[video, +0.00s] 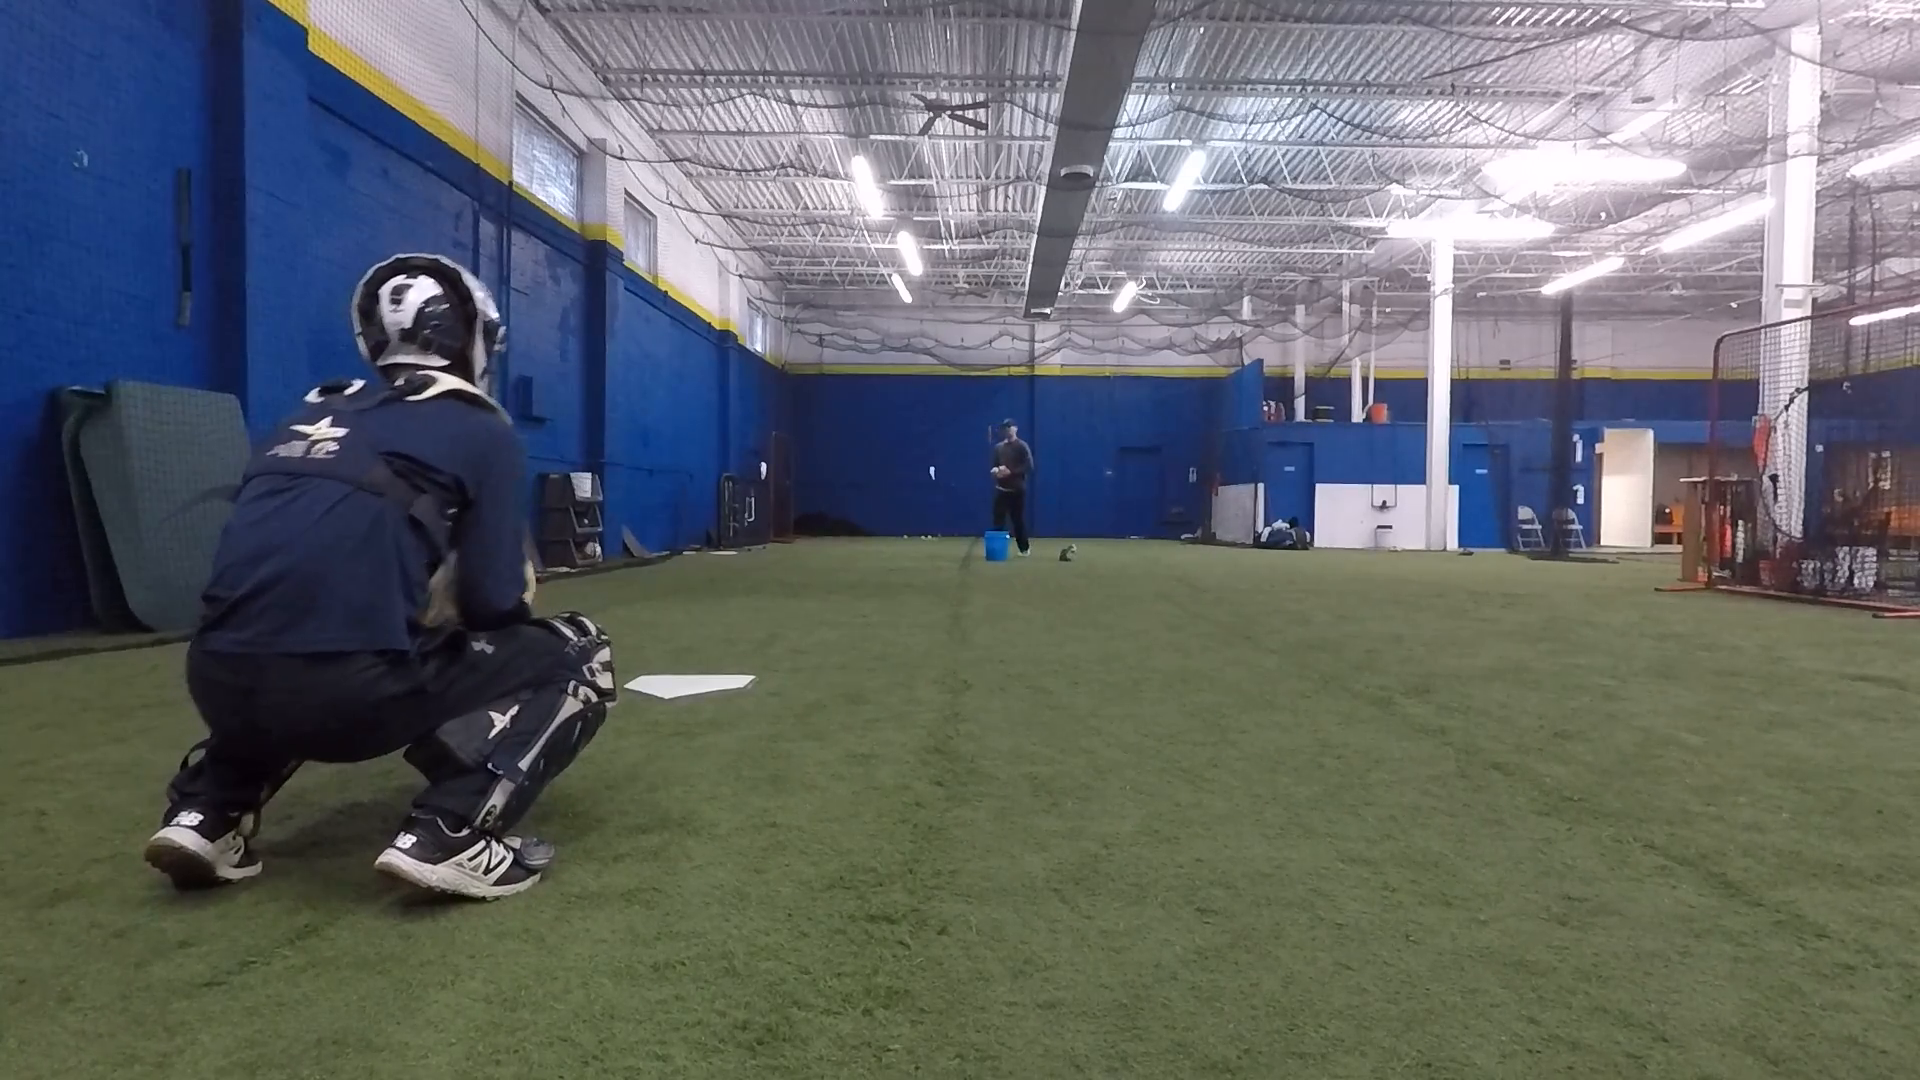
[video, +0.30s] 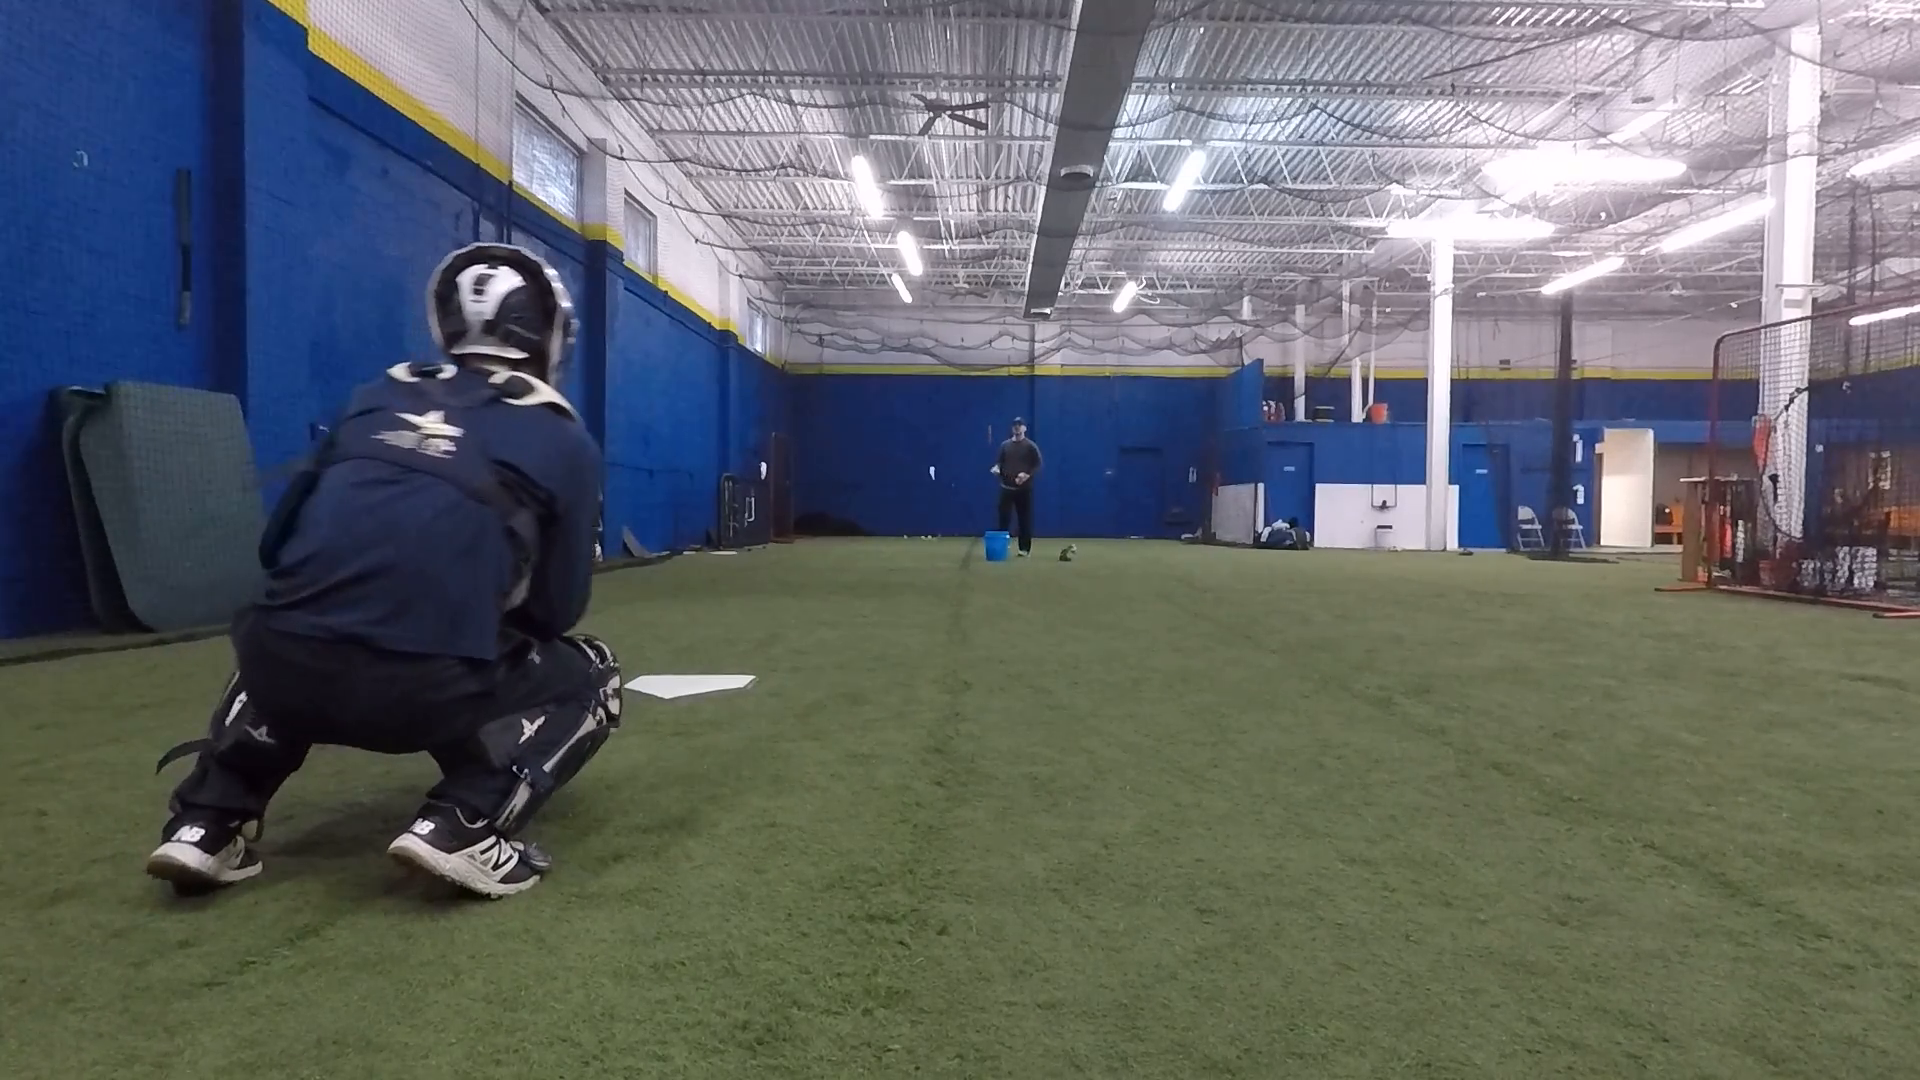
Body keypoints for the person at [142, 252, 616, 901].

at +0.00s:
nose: (491, 351)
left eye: (488, 336)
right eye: (486, 335)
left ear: (373, 342)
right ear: (472, 340)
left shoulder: (313, 409)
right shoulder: (484, 433)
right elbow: (491, 603)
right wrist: (520, 590)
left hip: (224, 686)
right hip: (355, 694)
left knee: (313, 616)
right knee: (580, 654)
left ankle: (207, 811)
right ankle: (451, 830)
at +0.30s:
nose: (566, 342)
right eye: (562, 327)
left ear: (448, 330)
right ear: (550, 335)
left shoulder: (375, 396)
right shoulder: (567, 442)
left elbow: (278, 540)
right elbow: (556, 612)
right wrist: (463, 606)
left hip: (289, 670)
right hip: (430, 691)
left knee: (291, 631)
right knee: (589, 674)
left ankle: (205, 821)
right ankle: (462, 821)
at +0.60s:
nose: (606, 345)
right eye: (606, 334)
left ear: (499, 328)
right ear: (601, 347)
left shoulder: (437, 382)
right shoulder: (616, 460)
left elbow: (269, 481)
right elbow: (596, 626)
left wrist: (369, 522)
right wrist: (517, 608)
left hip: (334, 658)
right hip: (477, 696)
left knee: (260, 592)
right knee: (576, 683)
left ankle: (151, 815)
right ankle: (474, 818)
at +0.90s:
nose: (569, 365)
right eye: (564, 349)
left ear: (453, 346)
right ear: (553, 359)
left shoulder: (376, 406)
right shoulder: (555, 444)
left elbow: (232, 520)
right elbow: (655, 603)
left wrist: (334, 563)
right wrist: (662, 685)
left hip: (283, 671)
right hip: (437, 693)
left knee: (232, 623)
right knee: (585, 666)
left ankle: (102, 845)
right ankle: (475, 827)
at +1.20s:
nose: (492, 346)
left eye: (491, 331)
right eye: (488, 330)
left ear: (377, 332)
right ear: (471, 329)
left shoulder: (312, 394)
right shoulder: (456, 406)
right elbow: (516, 516)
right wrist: (551, 637)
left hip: (193, 643)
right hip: (331, 650)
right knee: (537, 660)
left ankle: (113, 839)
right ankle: (445, 840)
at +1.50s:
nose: (465, 260)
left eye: (465, 246)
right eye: (463, 245)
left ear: (352, 238)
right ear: (443, 239)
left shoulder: (274, 297)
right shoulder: (423, 285)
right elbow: (421, 355)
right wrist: (405, 508)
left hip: (144, 522)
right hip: (277, 507)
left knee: (238, 607)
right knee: (524, 595)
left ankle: (89, 812)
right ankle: (510, 799)